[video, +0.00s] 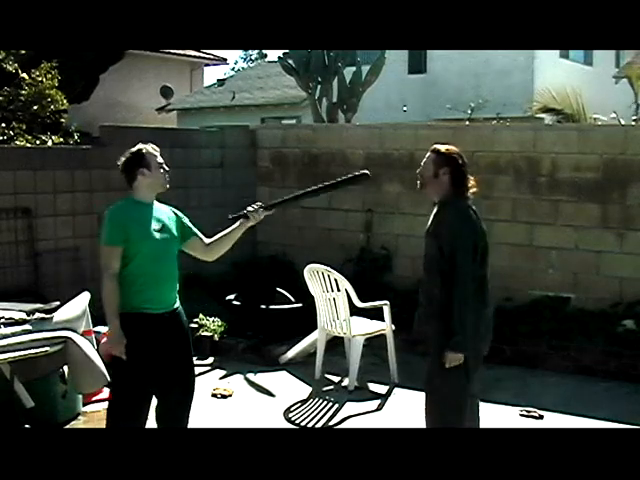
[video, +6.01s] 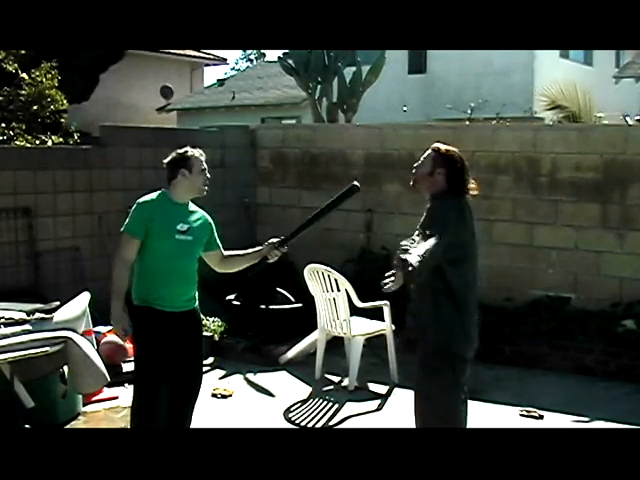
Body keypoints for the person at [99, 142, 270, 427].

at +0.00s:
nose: (167, 169)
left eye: (165, 164)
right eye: (160, 165)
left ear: (148, 173)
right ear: (141, 173)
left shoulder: (171, 216)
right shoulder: (119, 215)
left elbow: (208, 251)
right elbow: (110, 273)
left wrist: (244, 223)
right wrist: (114, 327)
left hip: (172, 321)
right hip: (135, 324)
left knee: (177, 403)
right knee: (128, 410)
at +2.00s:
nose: (165, 174)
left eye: (171, 168)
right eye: (160, 170)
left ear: (187, 172)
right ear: (156, 175)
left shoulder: (206, 220)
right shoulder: (146, 210)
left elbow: (228, 264)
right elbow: (128, 261)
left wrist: (263, 240)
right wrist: (123, 313)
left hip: (188, 318)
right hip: (151, 317)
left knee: (186, 395)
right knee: (151, 394)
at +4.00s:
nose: (192, 173)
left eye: (191, 167)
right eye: (186, 168)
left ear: (172, 172)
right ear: (167, 172)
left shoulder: (193, 215)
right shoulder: (139, 213)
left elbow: (208, 263)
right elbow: (128, 270)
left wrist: (243, 285)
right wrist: (135, 322)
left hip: (187, 319)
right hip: (153, 319)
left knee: (184, 395)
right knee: (150, 399)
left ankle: (177, 430)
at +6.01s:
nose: (208, 176)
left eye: (207, 171)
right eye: (202, 171)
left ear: (187, 176)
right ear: (182, 174)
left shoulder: (202, 220)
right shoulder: (147, 208)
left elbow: (220, 262)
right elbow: (123, 260)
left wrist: (262, 252)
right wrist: (118, 309)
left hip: (187, 318)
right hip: (150, 316)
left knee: (186, 391)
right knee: (152, 392)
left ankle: (177, 432)